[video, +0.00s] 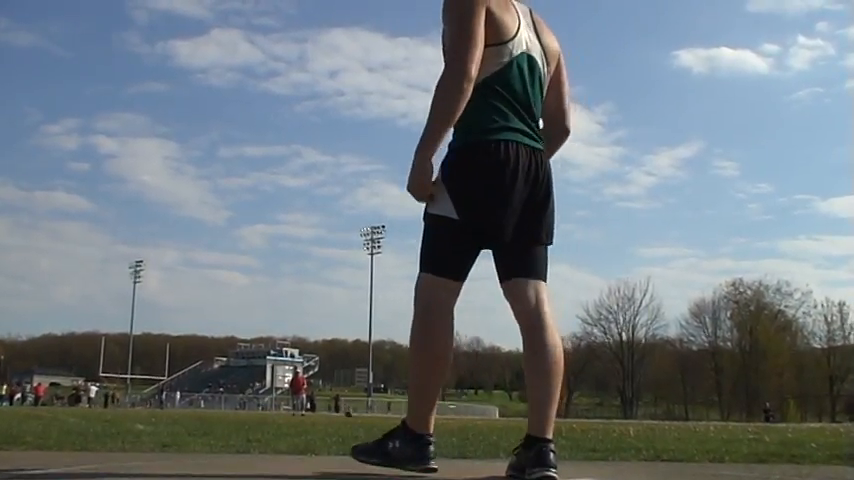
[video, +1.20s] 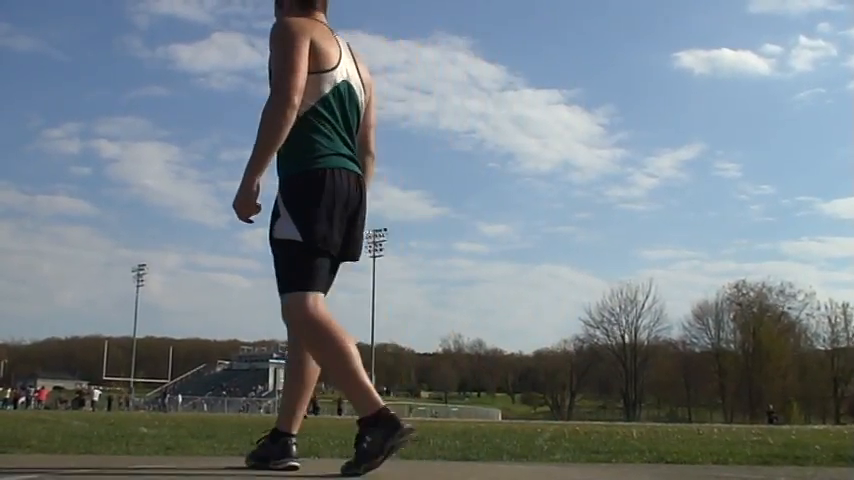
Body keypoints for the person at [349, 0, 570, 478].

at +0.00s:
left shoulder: (471, 4)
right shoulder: (546, 33)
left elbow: (461, 75)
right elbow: (559, 125)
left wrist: (422, 157)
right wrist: (519, 167)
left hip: (476, 164)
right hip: (532, 174)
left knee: (434, 297)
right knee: (534, 307)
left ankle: (414, 436)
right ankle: (540, 447)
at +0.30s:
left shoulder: (424, 6)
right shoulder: (496, 39)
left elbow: (412, 86)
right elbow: (498, 132)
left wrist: (377, 165)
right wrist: (455, 166)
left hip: (423, 169)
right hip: (478, 175)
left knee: (399, 304)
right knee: (479, 302)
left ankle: (399, 443)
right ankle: (533, 436)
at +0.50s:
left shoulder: (391, 6)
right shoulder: (464, 39)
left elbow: (377, 86)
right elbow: (467, 130)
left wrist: (341, 167)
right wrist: (424, 162)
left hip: (401, 167)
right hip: (449, 172)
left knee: (388, 307)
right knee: (425, 306)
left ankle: (399, 443)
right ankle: (488, 412)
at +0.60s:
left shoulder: (376, 6)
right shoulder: (446, 34)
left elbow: (362, 88)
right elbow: (453, 126)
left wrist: (325, 168)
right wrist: (413, 163)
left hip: (393, 165)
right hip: (437, 169)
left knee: (383, 306)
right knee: (400, 303)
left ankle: (398, 443)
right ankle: (443, 425)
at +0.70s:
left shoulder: (363, 7)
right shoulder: (431, 35)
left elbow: (351, 90)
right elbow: (440, 127)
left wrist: (314, 169)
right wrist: (410, 171)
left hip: (386, 166)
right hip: (424, 169)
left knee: (376, 301)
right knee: (379, 301)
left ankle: (398, 443)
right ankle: (392, 438)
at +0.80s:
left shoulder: (349, 11)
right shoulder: (417, 39)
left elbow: (339, 99)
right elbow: (428, 129)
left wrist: (304, 174)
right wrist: (411, 184)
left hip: (375, 170)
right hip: (412, 173)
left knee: (374, 301)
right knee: (353, 299)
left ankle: (399, 444)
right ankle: (337, 434)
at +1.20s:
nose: (276, 10)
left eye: (277, 5)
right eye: (277, 7)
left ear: (288, 3)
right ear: (323, 7)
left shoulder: (293, 26)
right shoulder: (359, 62)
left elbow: (286, 100)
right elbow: (365, 147)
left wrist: (251, 177)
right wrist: (355, 206)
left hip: (312, 182)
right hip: (349, 188)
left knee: (300, 308)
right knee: (306, 314)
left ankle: (377, 419)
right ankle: (283, 440)